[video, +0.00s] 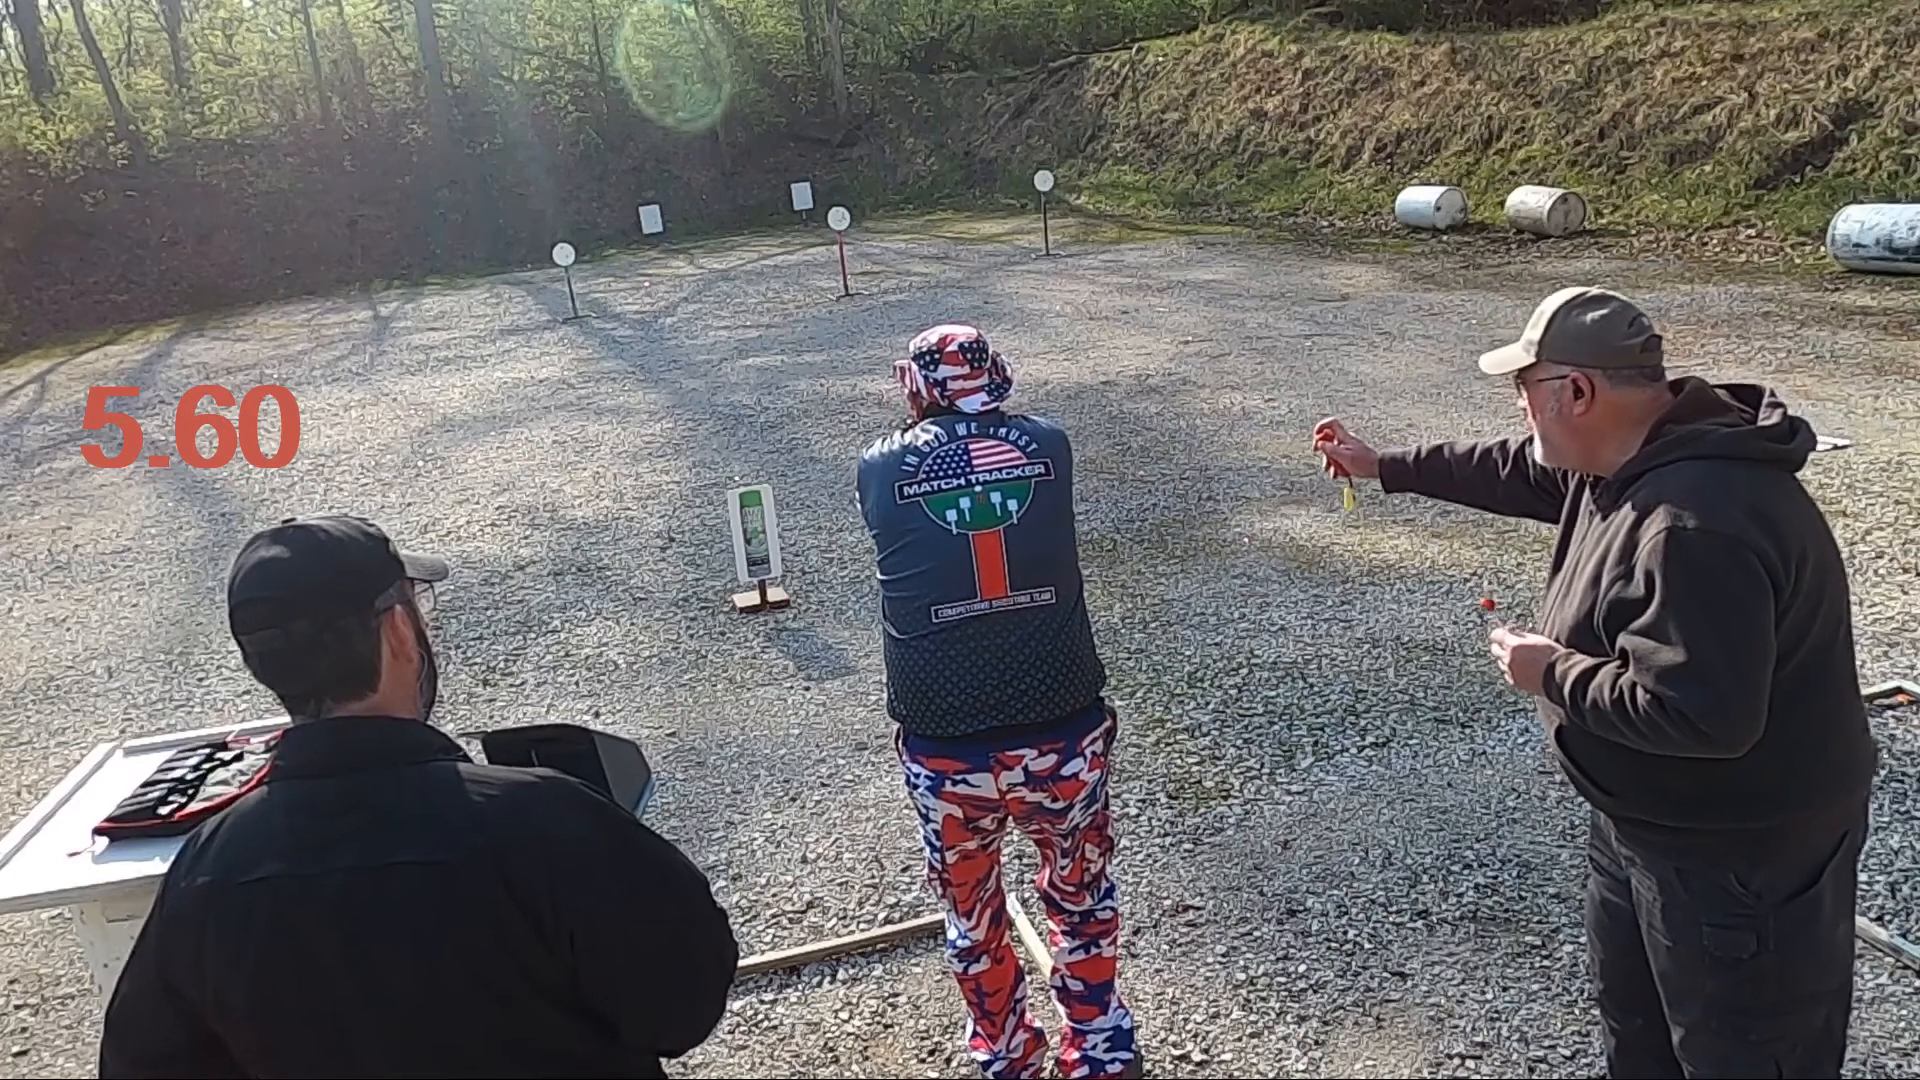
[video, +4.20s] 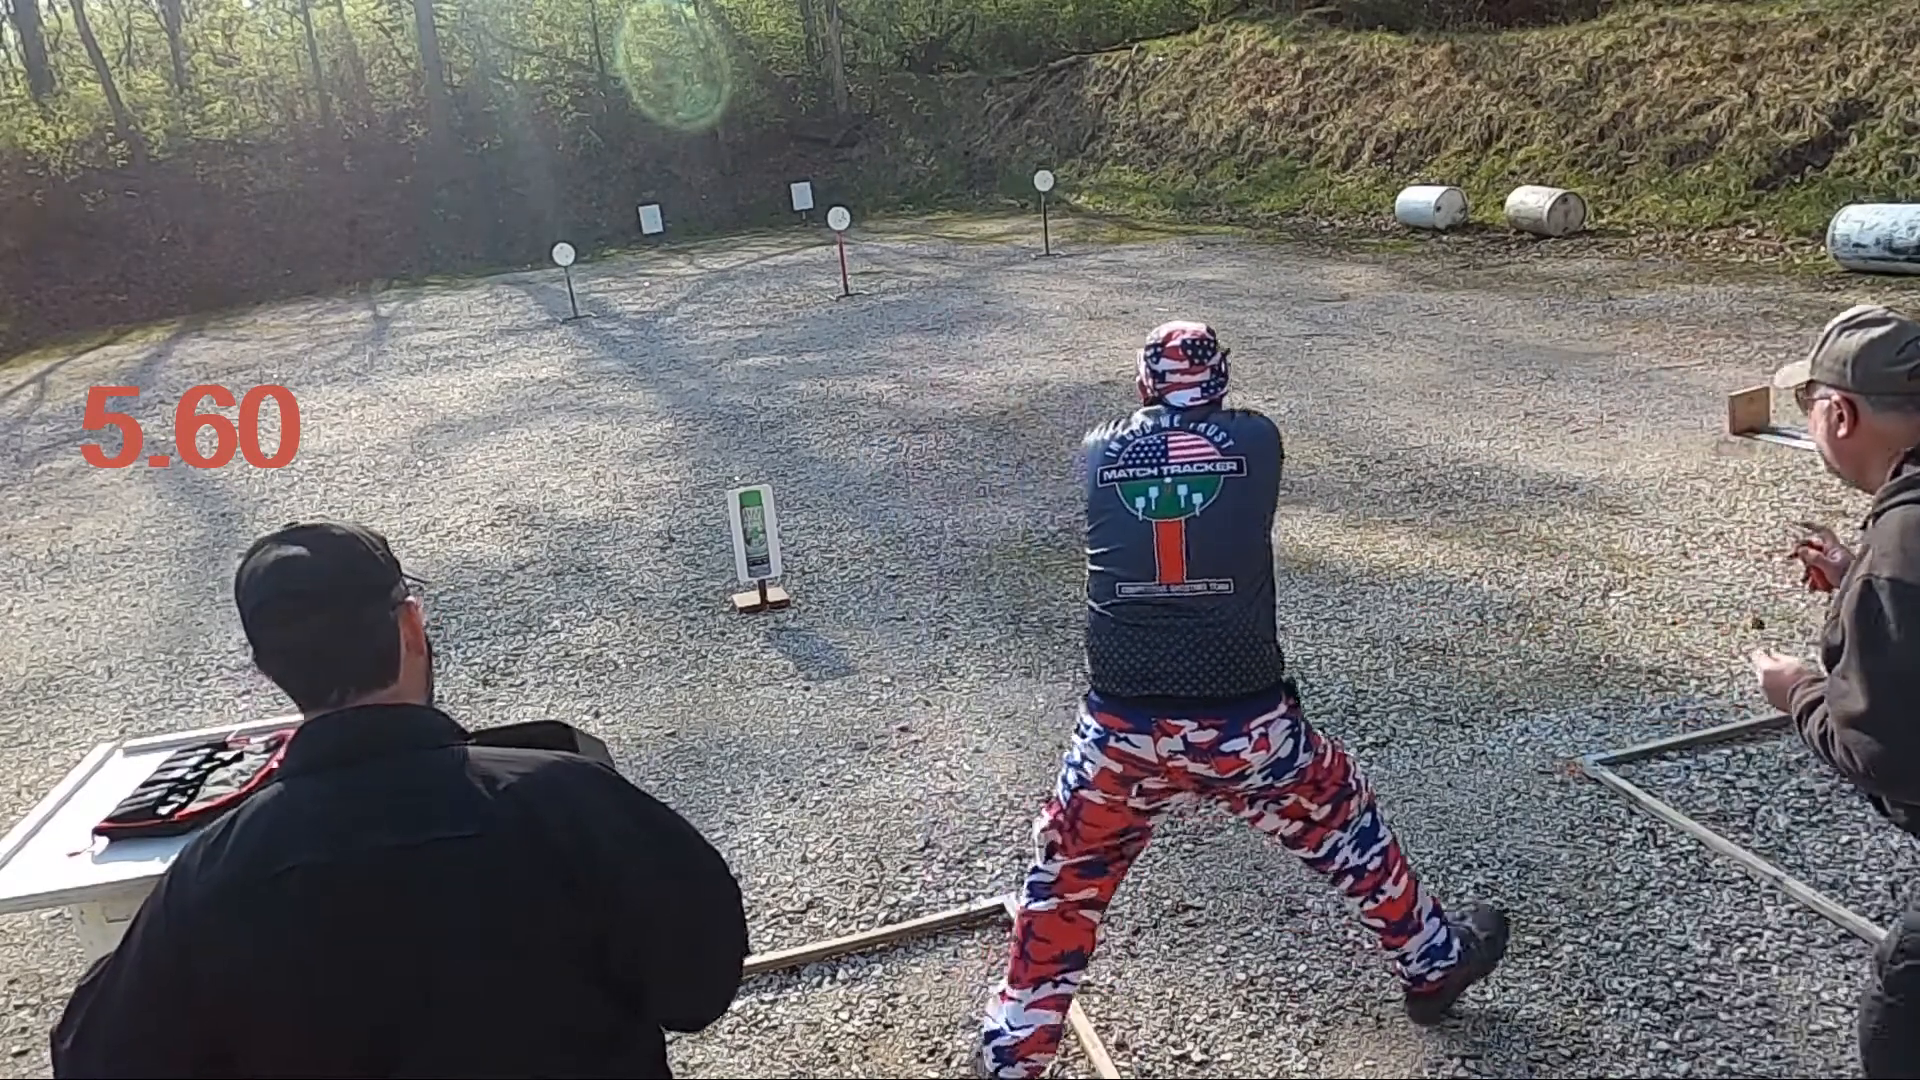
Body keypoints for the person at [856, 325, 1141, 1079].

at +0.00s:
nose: (904, 398)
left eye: (907, 389)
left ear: (916, 396)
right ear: (997, 387)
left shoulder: (879, 470)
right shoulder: (1049, 444)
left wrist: (931, 416)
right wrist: (947, 411)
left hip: (946, 752)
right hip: (1064, 738)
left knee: (973, 908)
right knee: (1082, 898)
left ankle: (1005, 1058)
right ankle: (1102, 1056)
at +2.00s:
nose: (902, 400)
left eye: (905, 391)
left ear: (915, 398)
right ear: (996, 389)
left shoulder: (877, 470)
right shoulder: (1045, 443)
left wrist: (931, 423)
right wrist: (946, 418)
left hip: (944, 749)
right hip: (1062, 736)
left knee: (971, 906)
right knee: (1080, 896)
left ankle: (1005, 1057)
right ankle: (1102, 1056)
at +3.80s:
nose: (944, 377)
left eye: (946, 367)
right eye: (950, 366)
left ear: (954, 379)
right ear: (1028, 370)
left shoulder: (917, 446)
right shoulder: (1079, 419)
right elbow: (1028, 419)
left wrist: (970, 395)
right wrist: (982, 389)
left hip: (985, 726)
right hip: (1105, 714)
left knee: (980, 891)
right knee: (1118, 872)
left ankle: (1000, 1054)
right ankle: (1106, 1039)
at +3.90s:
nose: (981, 380)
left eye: (979, 369)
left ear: (978, 378)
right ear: (1056, 368)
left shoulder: (939, 446)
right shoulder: (1101, 419)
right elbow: (1053, 419)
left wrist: (993, 396)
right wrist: (1012, 391)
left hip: (1005, 725)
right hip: (1126, 711)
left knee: (995, 892)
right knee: (1172, 847)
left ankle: (1001, 1055)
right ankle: (1176, 1025)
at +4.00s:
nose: (1077, 392)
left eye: (1015, 379)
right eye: (1081, 379)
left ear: (1010, 389)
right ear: (1088, 383)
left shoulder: (970, 460)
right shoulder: (1131, 433)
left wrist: (1032, 410)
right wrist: (1051, 406)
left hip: (1032, 736)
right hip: (1155, 721)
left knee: (1008, 887)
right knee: (1236, 844)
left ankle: (1002, 1052)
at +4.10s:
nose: (1131, 402)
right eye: (1133, 390)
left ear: (1063, 400)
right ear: (1139, 395)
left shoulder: (1019, 469)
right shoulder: (1180, 447)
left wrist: (1084, 416)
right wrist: (1095, 418)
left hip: (1063, 743)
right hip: (1190, 733)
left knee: (1028, 888)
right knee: (1293, 838)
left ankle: (1004, 1051)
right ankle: (1394, 966)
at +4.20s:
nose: (1210, 392)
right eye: (1213, 380)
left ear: (1143, 387)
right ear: (1220, 387)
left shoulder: (1097, 453)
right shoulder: (1257, 441)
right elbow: (1202, 443)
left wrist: (1161, 403)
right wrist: (1170, 404)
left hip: (1119, 733)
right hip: (1245, 731)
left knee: (1065, 880)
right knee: (1344, 826)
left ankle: (1013, 1052)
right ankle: (1434, 957)